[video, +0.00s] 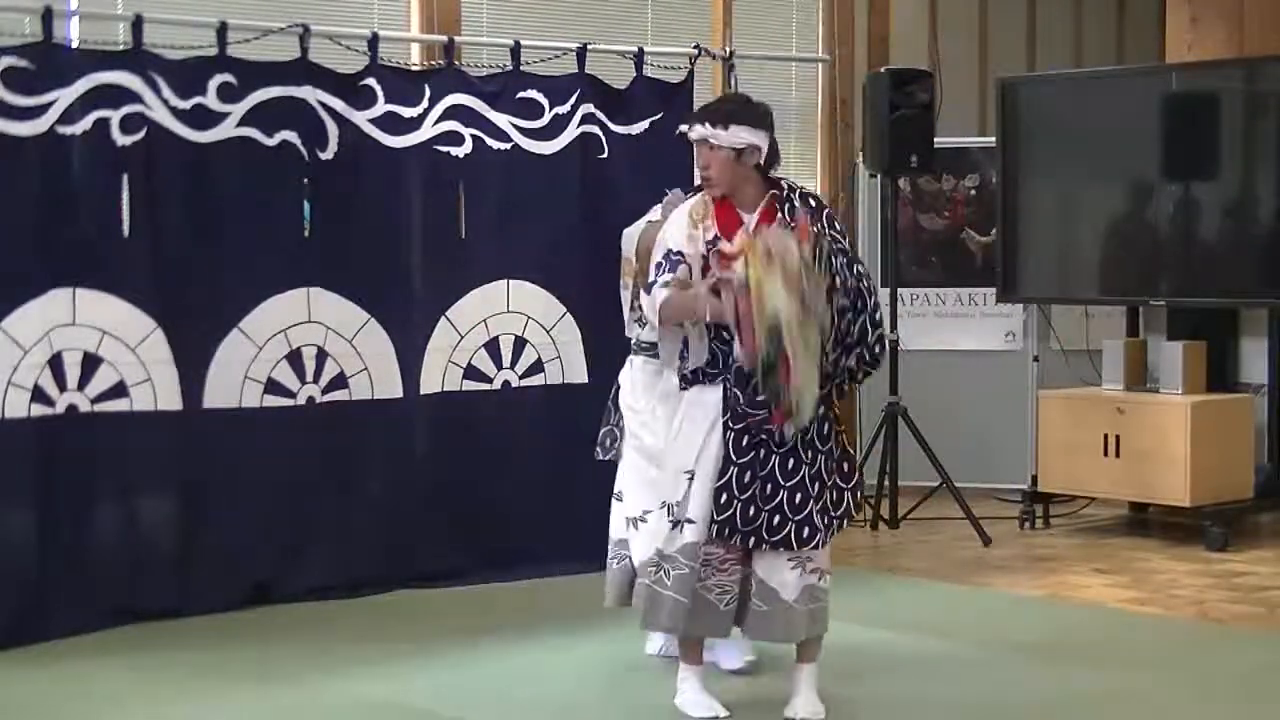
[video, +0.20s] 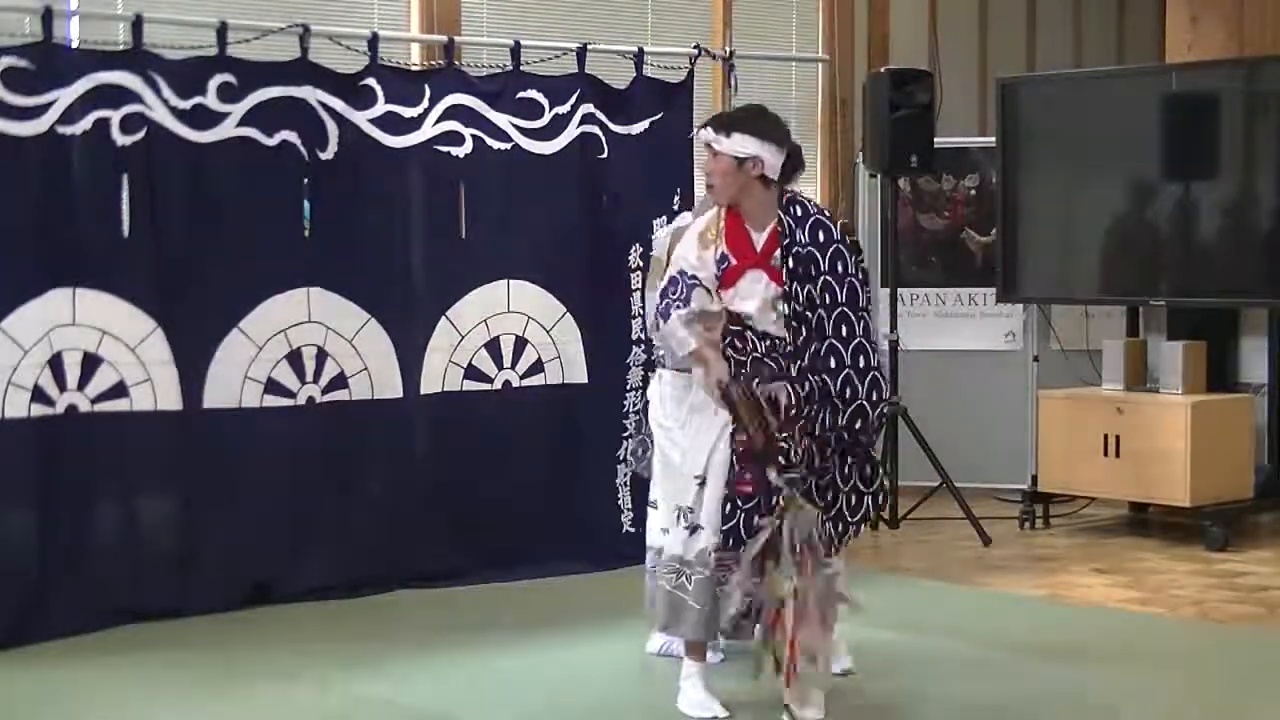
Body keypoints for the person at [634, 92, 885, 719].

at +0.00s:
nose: (699, 162)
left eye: (709, 151)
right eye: (698, 150)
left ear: (748, 155)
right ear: (710, 154)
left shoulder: (809, 217)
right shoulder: (689, 220)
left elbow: (854, 307)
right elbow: (657, 305)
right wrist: (714, 303)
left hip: (798, 398)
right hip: (716, 397)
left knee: (805, 540)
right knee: (711, 539)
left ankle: (806, 682)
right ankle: (691, 674)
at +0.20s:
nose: (704, 168)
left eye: (713, 158)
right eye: (705, 157)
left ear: (751, 167)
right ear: (737, 165)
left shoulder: (814, 234)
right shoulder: (704, 234)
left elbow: (848, 338)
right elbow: (666, 317)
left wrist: (798, 388)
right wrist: (700, 343)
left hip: (808, 412)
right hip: (726, 408)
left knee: (816, 542)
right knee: (717, 536)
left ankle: (808, 684)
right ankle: (694, 670)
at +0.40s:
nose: (714, 174)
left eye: (723, 163)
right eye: (715, 162)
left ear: (760, 170)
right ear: (746, 169)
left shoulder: (822, 238)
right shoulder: (726, 235)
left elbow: (852, 340)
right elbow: (698, 317)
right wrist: (695, 362)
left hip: (809, 414)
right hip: (735, 408)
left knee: (813, 546)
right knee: (718, 542)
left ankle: (806, 682)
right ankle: (710, 675)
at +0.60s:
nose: (715, 170)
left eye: (724, 160)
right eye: (716, 158)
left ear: (761, 168)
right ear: (745, 165)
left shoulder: (816, 239)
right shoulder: (735, 232)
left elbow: (836, 349)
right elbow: (712, 314)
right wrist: (717, 355)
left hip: (807, 418)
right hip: (744, 408)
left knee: (811, 548)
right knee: (715, 530)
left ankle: (805, 686)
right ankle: (714, 670)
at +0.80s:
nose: (703, 173)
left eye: (712, 162)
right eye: (705, 160)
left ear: (747, 170)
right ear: (739, 168)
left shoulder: (799, 237)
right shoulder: (735, 234)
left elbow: (810, 358)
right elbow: (737, 319)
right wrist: (717, 363)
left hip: (817, 420)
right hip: (766, 414)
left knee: (797, 553)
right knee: (720, 539)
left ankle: (803, 692)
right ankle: (701, 678)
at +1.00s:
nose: (702, 181)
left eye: (711, 169)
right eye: (698, 169)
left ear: (749, 168)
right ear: (714, 170)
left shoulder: (790, 232)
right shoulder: (733, 232)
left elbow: (790, 348)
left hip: (788, 427)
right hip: (745, 421)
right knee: (761, 553)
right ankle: (807, 692)